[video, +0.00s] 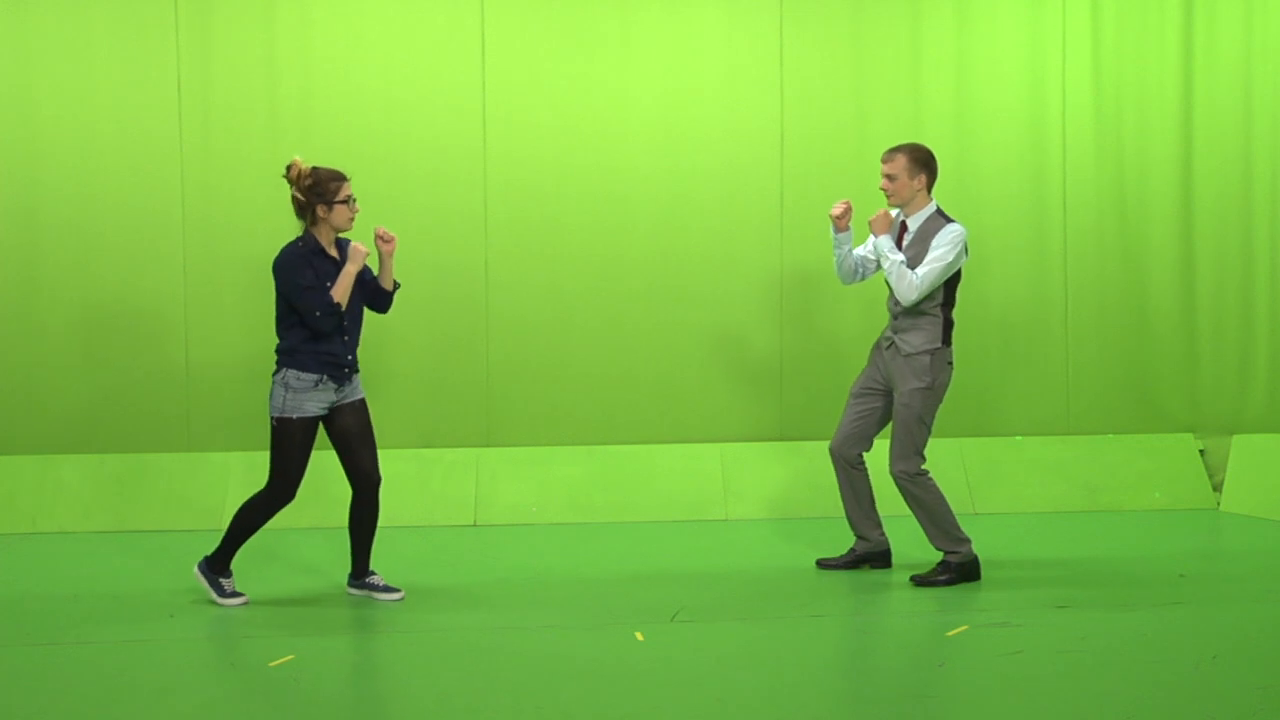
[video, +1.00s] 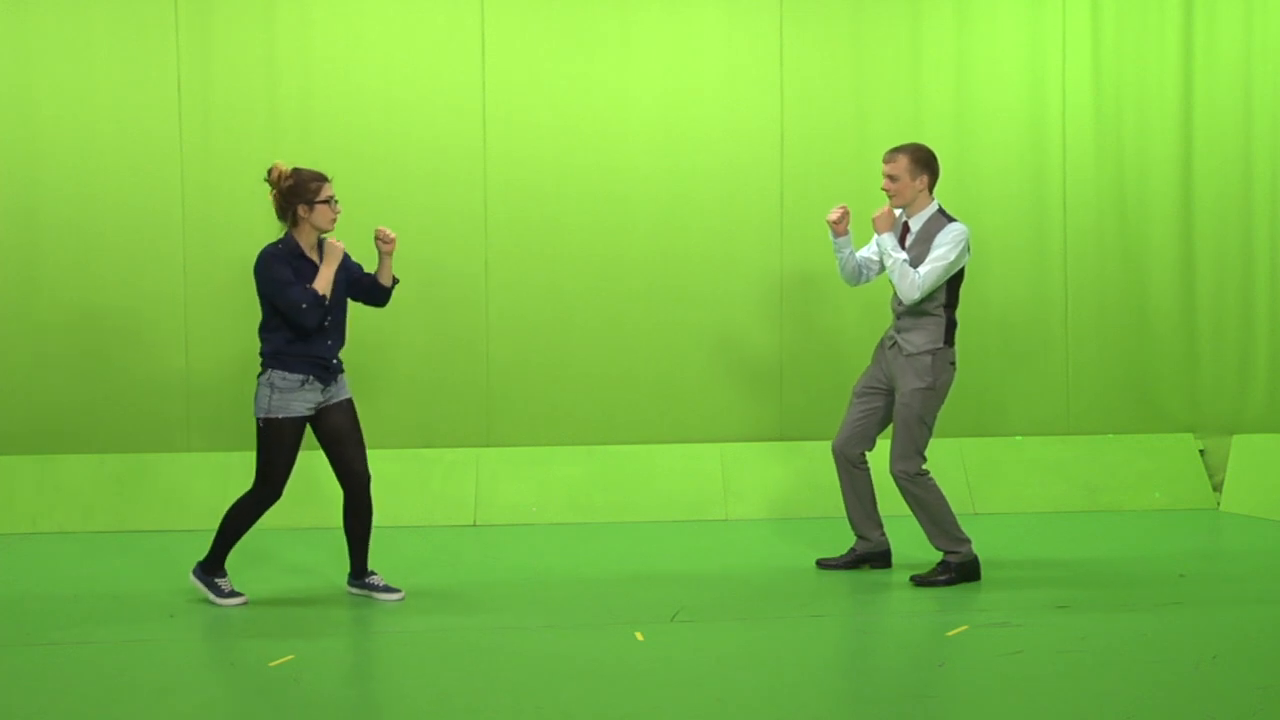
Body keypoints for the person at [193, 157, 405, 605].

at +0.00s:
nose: (355, 207)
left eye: (353, 199)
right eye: (347, 201)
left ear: (330, 210)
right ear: (321, 211)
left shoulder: (345, 256)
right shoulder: (292, 259)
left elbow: (380, 303)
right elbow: (323, 319)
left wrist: (386, 259)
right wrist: (353, 266)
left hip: (344, 383)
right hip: (298, 384)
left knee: (368, 481)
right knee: (282, 489)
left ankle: (360, 574)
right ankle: (215, 565)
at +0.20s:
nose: (352, 230)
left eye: (350, 223)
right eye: (344, 224)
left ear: (326, 232)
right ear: (318, 233)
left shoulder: (343, 276)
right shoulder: (289, 283)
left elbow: (373, 330)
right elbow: (323, 341)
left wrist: (379, 285)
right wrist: (353, 287)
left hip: (353, 401)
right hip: (308, 406)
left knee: (384, 492)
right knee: (290, 512)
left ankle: (361, 576)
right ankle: (210, 567)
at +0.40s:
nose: (348, 211)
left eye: (346, 203)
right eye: (339, 205)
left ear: (323, 212)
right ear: (313, 213)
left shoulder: (334, 259)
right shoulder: (283, 262)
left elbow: (369, 308)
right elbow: (318, 319)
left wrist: (374, 262)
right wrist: (347, 267)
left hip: (337, 387)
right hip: (292, 389)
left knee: (363, 484)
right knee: (274, 492)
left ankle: (359, 575)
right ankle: (210, 567)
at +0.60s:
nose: (332, 224)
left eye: (331, 216)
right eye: (324, 217)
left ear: (311, 223)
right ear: (297, 224)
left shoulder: (321, 268)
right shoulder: (267, 272)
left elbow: (358, 318)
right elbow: (302, 330)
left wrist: (369, 280)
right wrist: (333, 282)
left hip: (316, 392)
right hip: (273, 393)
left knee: (360, 485)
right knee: (261, 497)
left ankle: (359, 576)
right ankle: (203, 573)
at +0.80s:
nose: (325, 229)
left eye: (324, 221)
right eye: (317, 222)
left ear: (299, 230)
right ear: (290, 230)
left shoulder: (318, 274)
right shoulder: (260, 280)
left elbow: (355, 326)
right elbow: (290, 336)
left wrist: (367, 287)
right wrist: (324, 287)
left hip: (319, 399)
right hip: (275, 400)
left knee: (365, 487)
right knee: (265, 502)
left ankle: (359, 576)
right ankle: (203, 574)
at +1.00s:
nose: (337, 209)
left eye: (335, 201)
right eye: (327, 203)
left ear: (319, 208)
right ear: (301, 211)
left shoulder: (331, 255)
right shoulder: (272, 261)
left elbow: (377, 295)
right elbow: (306, 317)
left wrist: (386, 257)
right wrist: (331, 266)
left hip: (330, 381)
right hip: (284, 383)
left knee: (357, 481)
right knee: (268, 489)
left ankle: (360, 574)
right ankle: (210, 567)